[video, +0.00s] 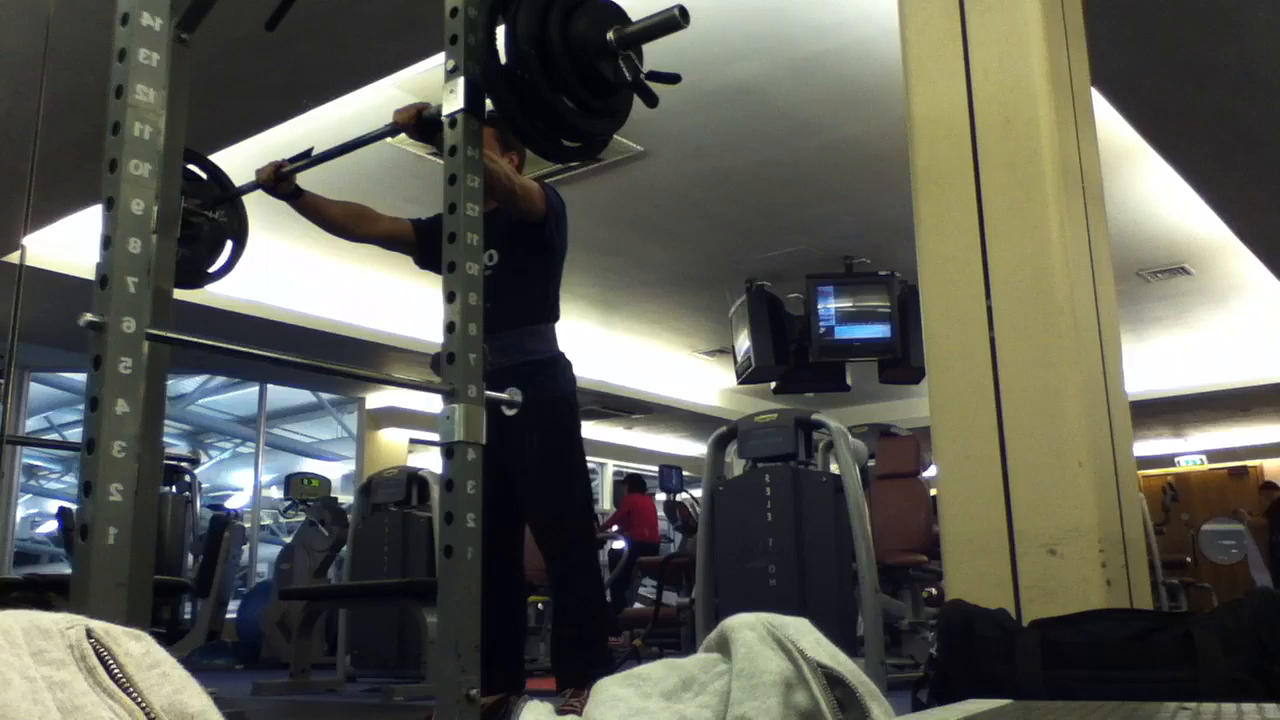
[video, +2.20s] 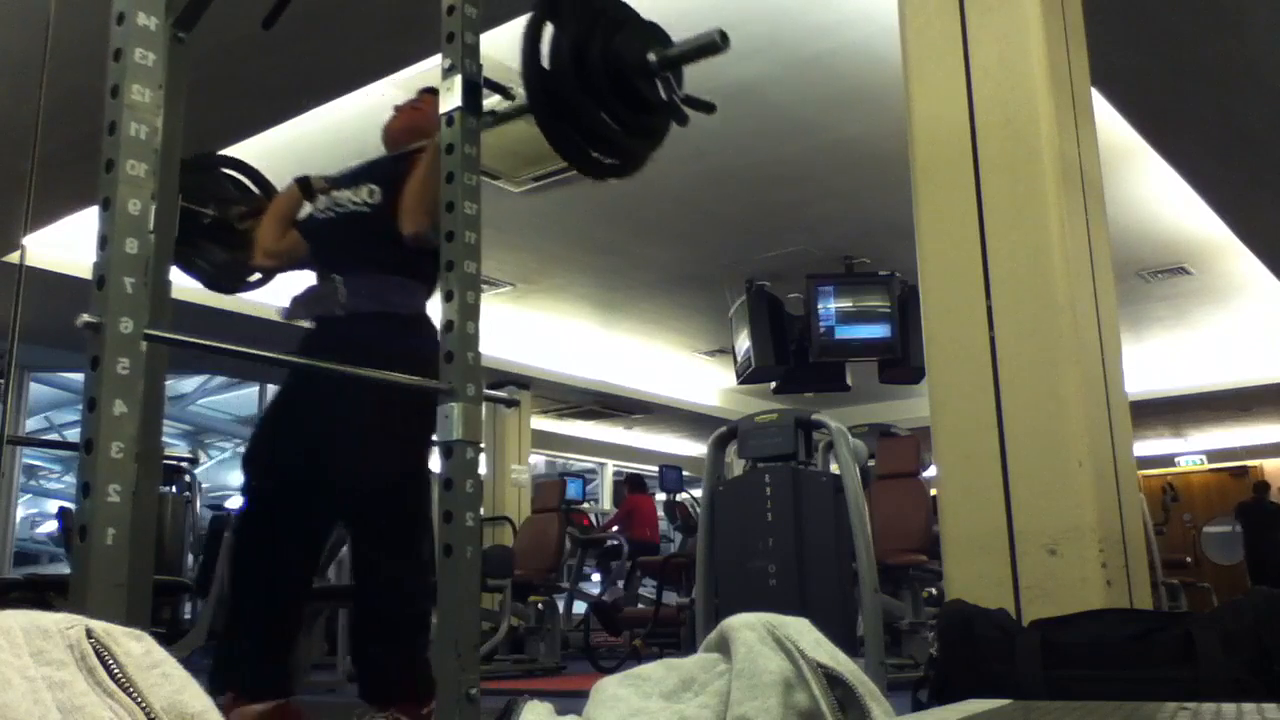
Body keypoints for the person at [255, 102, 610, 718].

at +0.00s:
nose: (469, 165)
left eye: (479, 153)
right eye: (464, 157)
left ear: (513, 156)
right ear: (460, 165)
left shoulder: (543, 209)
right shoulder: (458, 227)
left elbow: (505, 182)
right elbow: (369, 224)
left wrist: (441, 132)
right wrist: (294, 193)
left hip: (537, 384)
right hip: (476, 392)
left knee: (563, 537)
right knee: (489, 546)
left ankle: (579, 684)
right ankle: (499, 687)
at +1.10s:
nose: (468, 157)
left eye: (479, 145)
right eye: (460, 146)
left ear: (504, 152)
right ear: (447, 154)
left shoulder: (526, 200)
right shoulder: (431, 217)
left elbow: (517, 207)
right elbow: (350, 252)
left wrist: (445, 142)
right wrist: (297, 198)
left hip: (512, 389)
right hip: (449, 392)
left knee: (503, 537)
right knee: (435, 536)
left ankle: (500, 683)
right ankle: (461, 679)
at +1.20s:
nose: (428, 155)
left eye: (444, 146)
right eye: (427, 147)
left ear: (476, 156)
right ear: (427, 159)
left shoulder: (502, 208)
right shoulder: (407, 226)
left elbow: (499, 226)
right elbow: (331, 273)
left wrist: (436, 144)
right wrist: (291, 203)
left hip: (490, 397)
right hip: (421, 399)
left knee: (469, 544)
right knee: (370, 533)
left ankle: (475, 685)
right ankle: (437, 677)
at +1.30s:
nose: (403, 150)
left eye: (418, 140)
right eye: (399, 142)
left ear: (446, 153)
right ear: (393, 158)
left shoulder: (470, 206)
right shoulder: (382, 226)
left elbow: (469, 241)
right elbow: (304, 284)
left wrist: (434, 160)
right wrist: (281, 206)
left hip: (447, 404)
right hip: (386, 402)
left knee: (426, 553)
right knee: (298, 524)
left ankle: (445, 690)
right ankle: (343, 675)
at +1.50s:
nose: (373, 118)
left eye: (389, 114)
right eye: (370, 112)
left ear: (409, 140)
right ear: (354, 135)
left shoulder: (412, 195)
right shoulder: (315, 210)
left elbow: (399, 231)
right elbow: (240, 271)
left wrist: (412, 147)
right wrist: (258, 194)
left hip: (351, 379)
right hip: (287, 380)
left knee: (351, 546)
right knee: (220, 517)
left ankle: (432, 681)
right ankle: (250, 694)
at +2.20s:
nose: (404, 106)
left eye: (421, 103)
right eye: (404, 101)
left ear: (442, 130)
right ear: (390, 124)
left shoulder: (442, 178)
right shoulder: (354, 192)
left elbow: (414, 226)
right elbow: (267, 249)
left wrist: (440, 141)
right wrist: (300, 188)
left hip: (394, 352)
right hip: (325, 352)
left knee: (386, 516)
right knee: (275, 502)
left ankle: (399, 693)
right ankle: (258, 685)